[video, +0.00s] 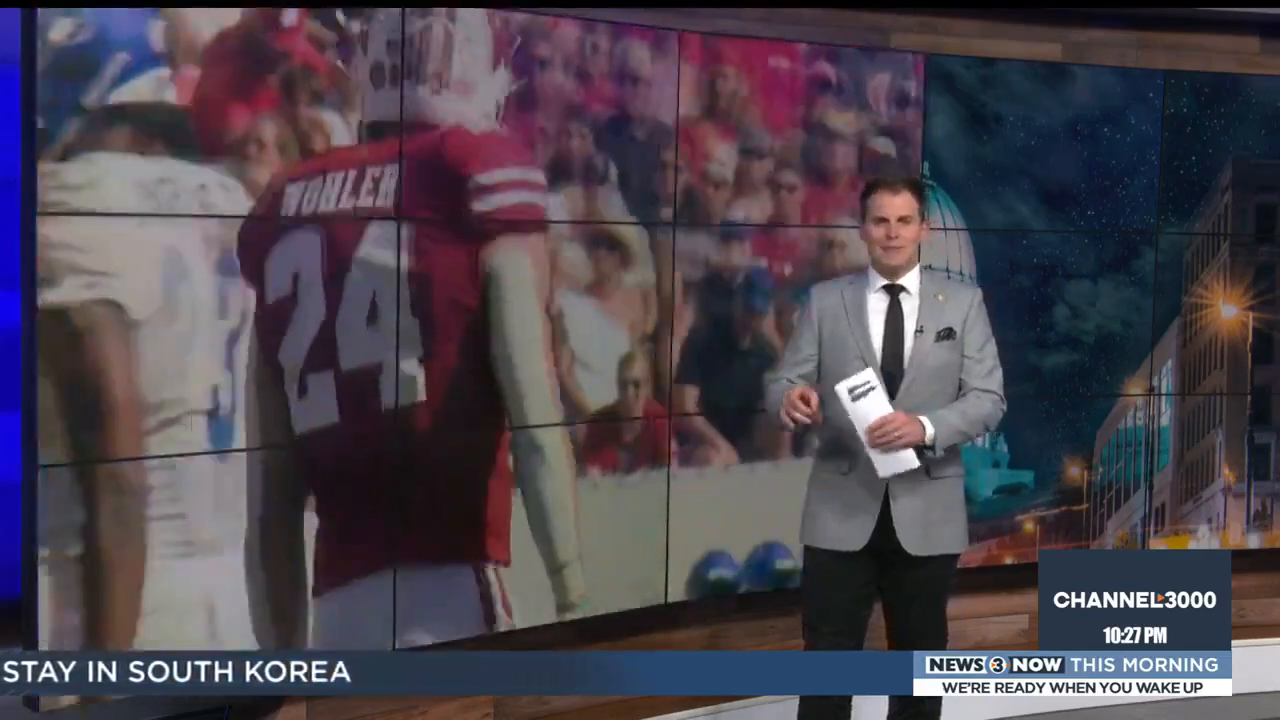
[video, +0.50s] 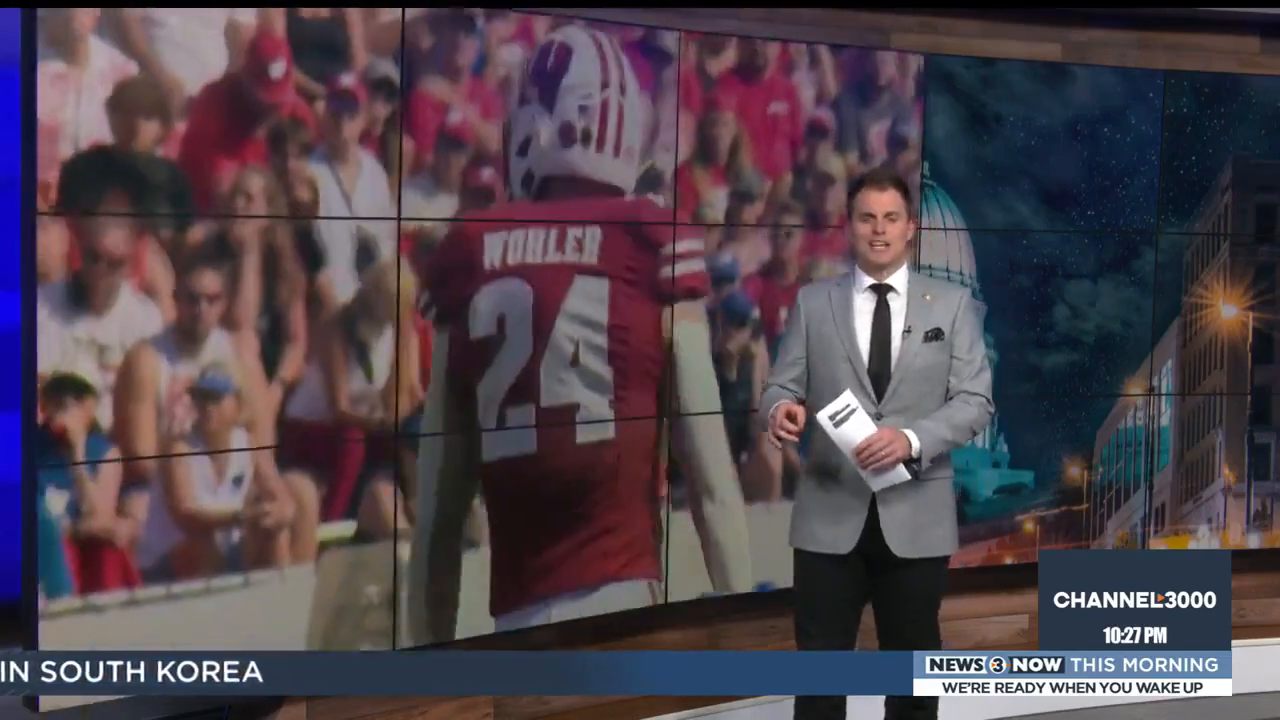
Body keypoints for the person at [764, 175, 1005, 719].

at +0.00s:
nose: (891, 232)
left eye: (904, 221)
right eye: (879, 221)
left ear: (923, 228)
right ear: (863, 229)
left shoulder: (962, 300)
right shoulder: (825, 300)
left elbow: (988, 399)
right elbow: (782, 379)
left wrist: (926, 426)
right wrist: (790, 398)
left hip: (926, 509)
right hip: (840, 508)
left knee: (921, 668)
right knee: (827, 667)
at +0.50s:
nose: (878, 229)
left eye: (891, 217)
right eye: (866, 217)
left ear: (912, 227)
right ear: (850, 226)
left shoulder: (953, 304)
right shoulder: (813, 302)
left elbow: (974, 405)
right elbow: (782, 388)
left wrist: (912, 439)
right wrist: (779, 411)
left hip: (915, 517)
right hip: (828, 515)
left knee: (913, 672)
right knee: (819, 672)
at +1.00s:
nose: (874, 231)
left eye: (887, 219)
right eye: (862, 219)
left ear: (906, 227)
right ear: (843, 228)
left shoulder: (948, 304)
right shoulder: (807, 303)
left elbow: (971, 403)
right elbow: (777, 391)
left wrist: (913, 439)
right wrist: (782, 412)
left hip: (914, 515)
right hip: (828, 515)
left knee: (914, 673)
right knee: (819, 673)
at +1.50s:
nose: (877, 234)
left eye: (889, 221)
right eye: (865, 222)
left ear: (910, 228)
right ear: (849, 230)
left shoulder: (953, 303)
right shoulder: (812, 302)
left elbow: (973, 401)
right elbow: (779, 390)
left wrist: (923, 441)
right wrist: (788, 412)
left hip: (920, 515)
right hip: (834, 513)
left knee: (917, 672)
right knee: (822, 672)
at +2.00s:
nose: (883, 236)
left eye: (896, 223)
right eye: (871, 224)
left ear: (916, 229)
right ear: (855, 230)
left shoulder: (959, 302)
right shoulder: (821, 302)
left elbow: (983, 399)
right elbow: (786, 392)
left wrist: (937, 444)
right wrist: (800, 415)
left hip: (928, 515)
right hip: (842, 515)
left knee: (922, 673)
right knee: (828, 673)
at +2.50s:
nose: (887, 234)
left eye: (901, 223)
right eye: (876, 222)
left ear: (922, 230)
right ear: (862, 230)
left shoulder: (961, 301)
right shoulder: (825, 302)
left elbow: (987, 398)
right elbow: (777, 402)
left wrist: (952, 453)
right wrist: (809, 376)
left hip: (931, 514)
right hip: (846, 512)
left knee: (924, 674)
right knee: (831, 674)